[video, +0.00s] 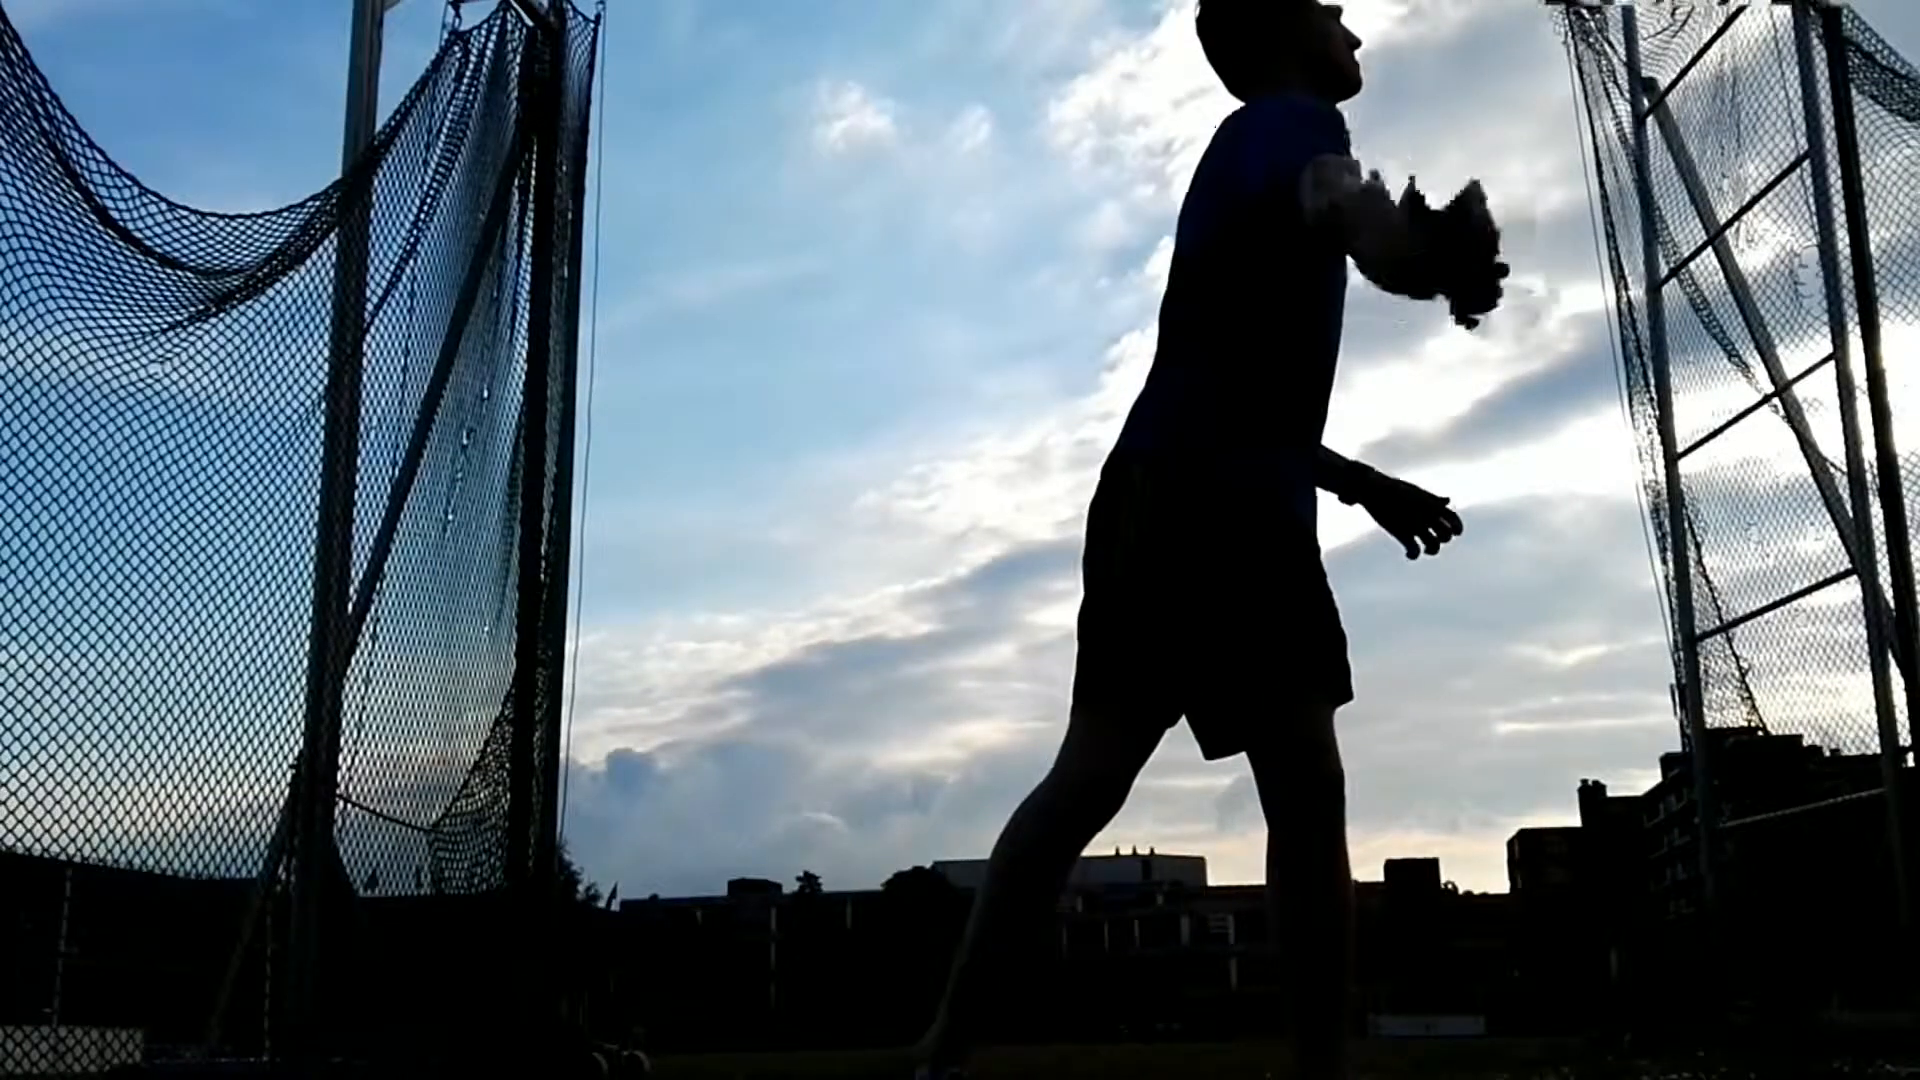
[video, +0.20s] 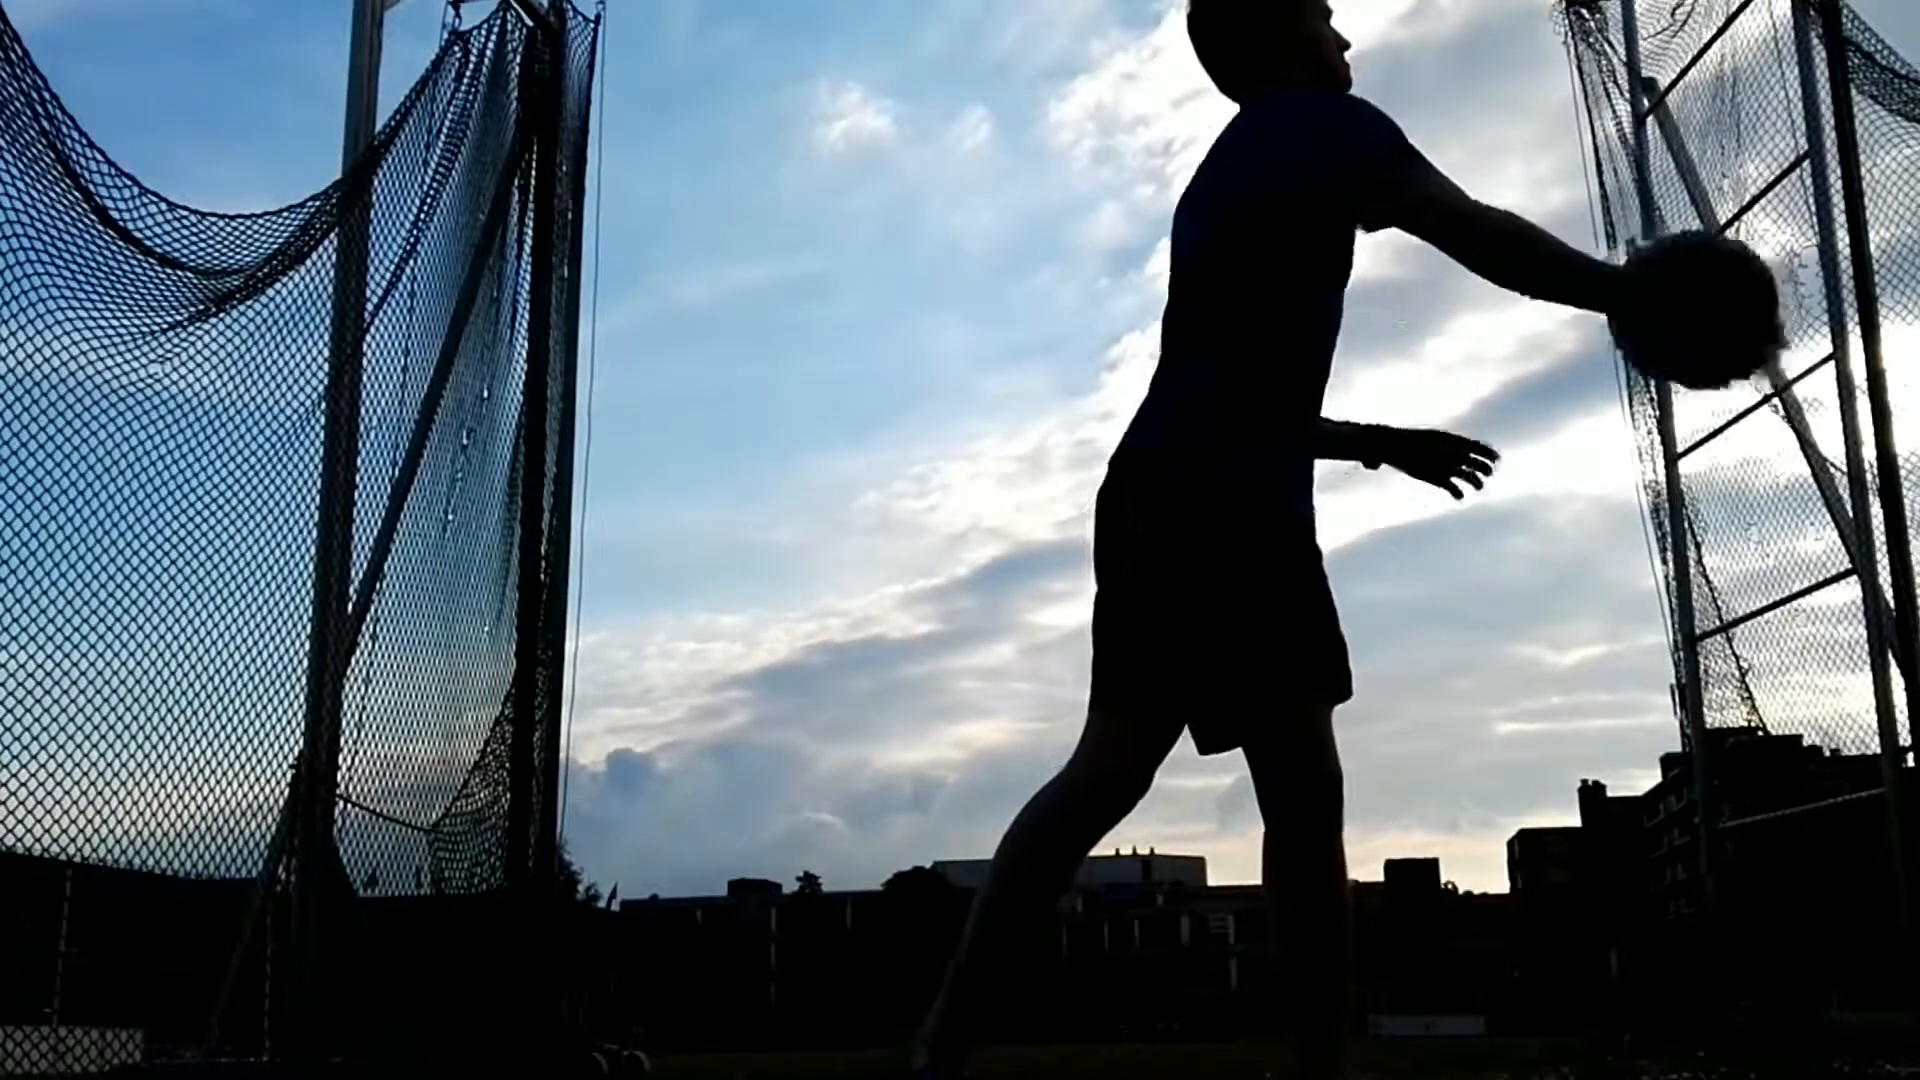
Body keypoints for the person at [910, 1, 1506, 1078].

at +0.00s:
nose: (1348, 27)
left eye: (1335, 11)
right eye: (1324, 14)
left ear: (1246, 59)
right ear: (1284, 38)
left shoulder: (1230, 165)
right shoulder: (1301, 128)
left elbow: (1222, 402)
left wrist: (1367, 486)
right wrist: (1448, 259)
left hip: (1148, 506)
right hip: (1239, 509)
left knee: (1083, 784)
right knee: (1304, 796)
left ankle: (953, 1041)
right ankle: (1323, 1060)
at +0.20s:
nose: (1339, 32)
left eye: (1324, 14)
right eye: (1316, 16)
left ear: (1235, 61)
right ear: (1282, 37)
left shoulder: (1224, 177)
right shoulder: (1336, 130)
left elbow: (1227, 404)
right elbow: (1478, 235)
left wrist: (1382, 444)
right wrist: (1624, 289)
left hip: (1149, 499)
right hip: (1237, 501)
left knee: (1107, 768)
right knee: (1300, 780)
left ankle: (948, 1030)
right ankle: (1324, 1055)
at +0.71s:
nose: (1323, 24)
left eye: (1310, 9)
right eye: (1306, 10)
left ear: (1207, 50)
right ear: (1286, 22)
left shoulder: (1186, 183)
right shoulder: (1358, 91)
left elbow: (1268, 369)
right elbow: (1490, 241)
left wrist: (1393, 337)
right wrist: (1489, 290)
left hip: (1190, 485)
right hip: (1279, 486)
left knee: (1170, 753)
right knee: (1315, 785)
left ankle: (976, 998)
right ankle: (1319, 1055)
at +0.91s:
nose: (1318, 22)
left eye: (1307, 9)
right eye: (1304, 8)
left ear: (1203, 48)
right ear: (1283, 19)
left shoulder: (1179, 187)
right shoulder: (1352, 80)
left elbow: (1239, 330)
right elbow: (1438, 224)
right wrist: (1342, 228)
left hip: (1207, 474)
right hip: (1302, 469)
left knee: (1190, 749)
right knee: (1322, 769)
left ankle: (1004, 985)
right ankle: (1316, 1041)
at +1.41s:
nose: (1317, 22)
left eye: (1304, 13)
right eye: (1305, 10)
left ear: (1205, 38)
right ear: (1286, 19)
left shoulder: (1166, 163)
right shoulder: (1325, 80)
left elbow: (1207, 337)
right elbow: (1378, 176)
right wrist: (1321, 55)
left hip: (1215, 467)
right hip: (1294, 466)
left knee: (1179, 745)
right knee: (1327, 766)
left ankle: (997, 983)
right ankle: (1321, 1032)